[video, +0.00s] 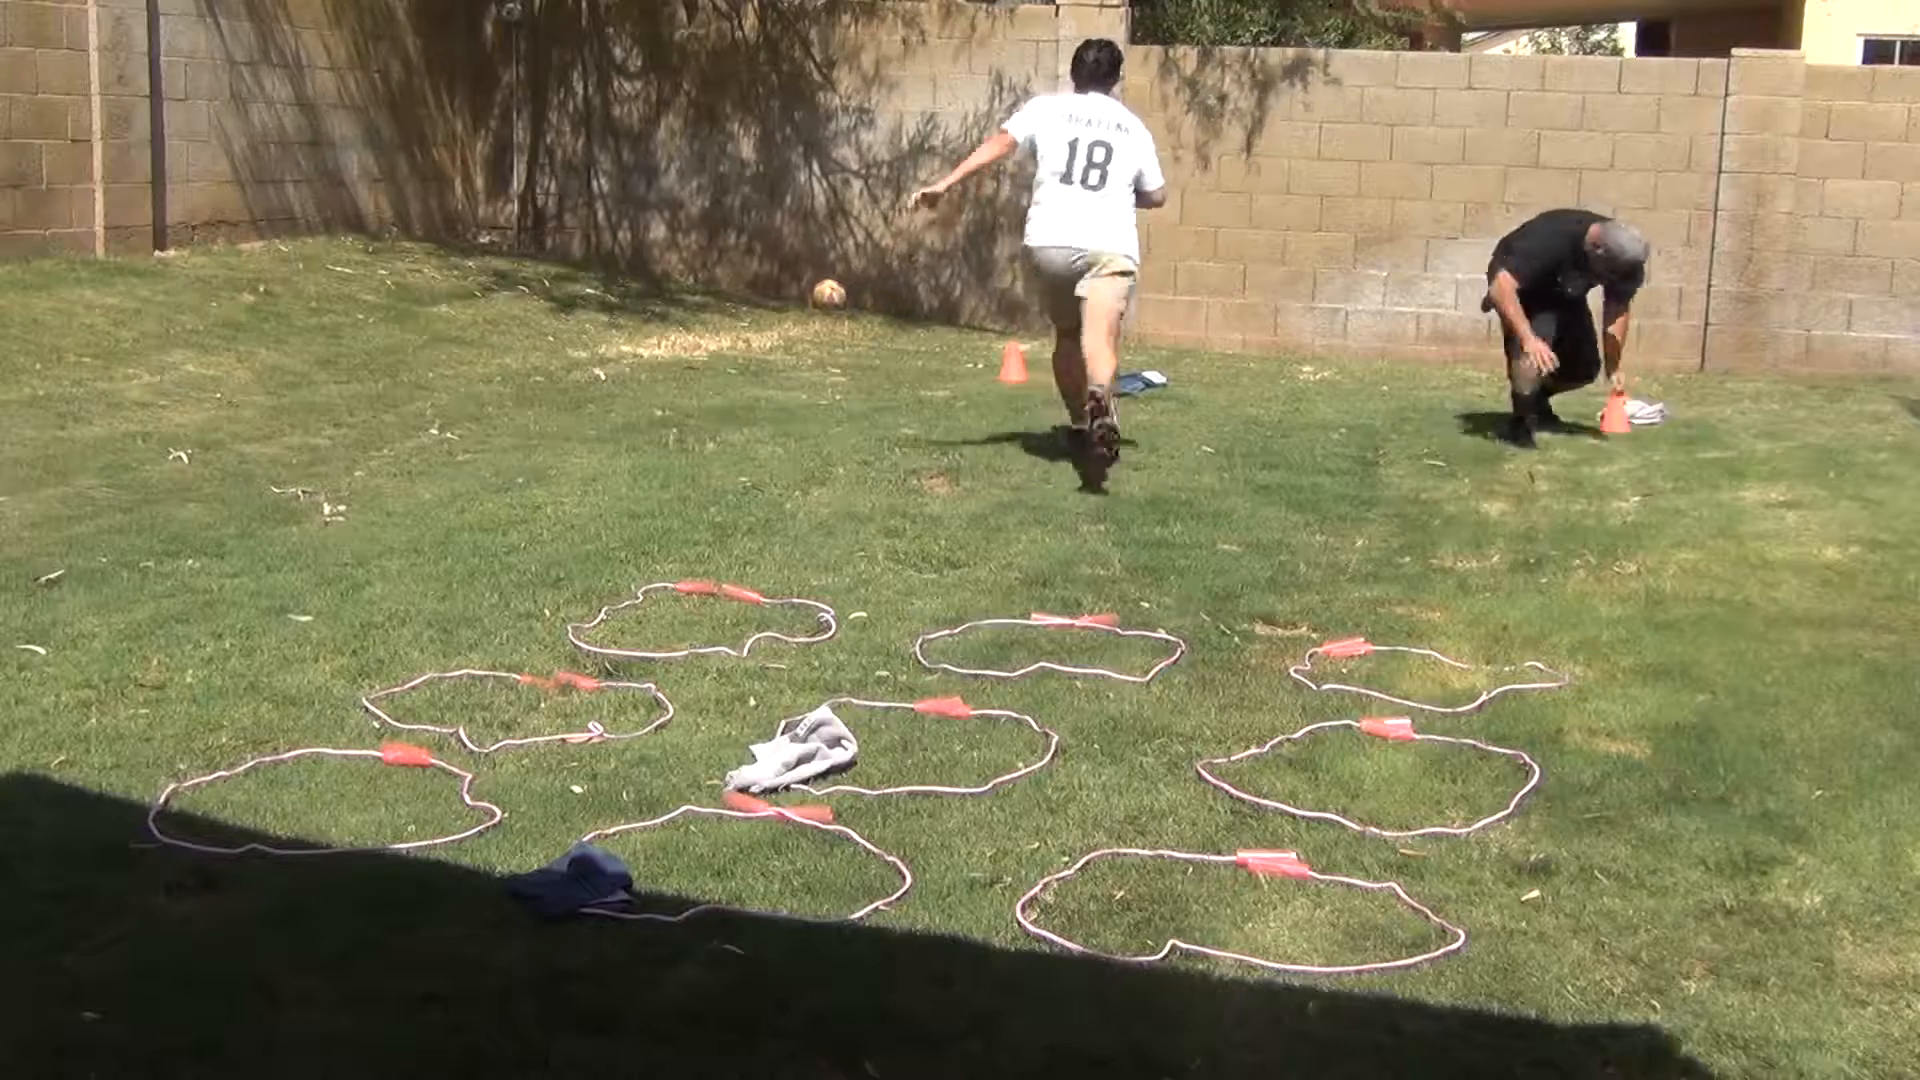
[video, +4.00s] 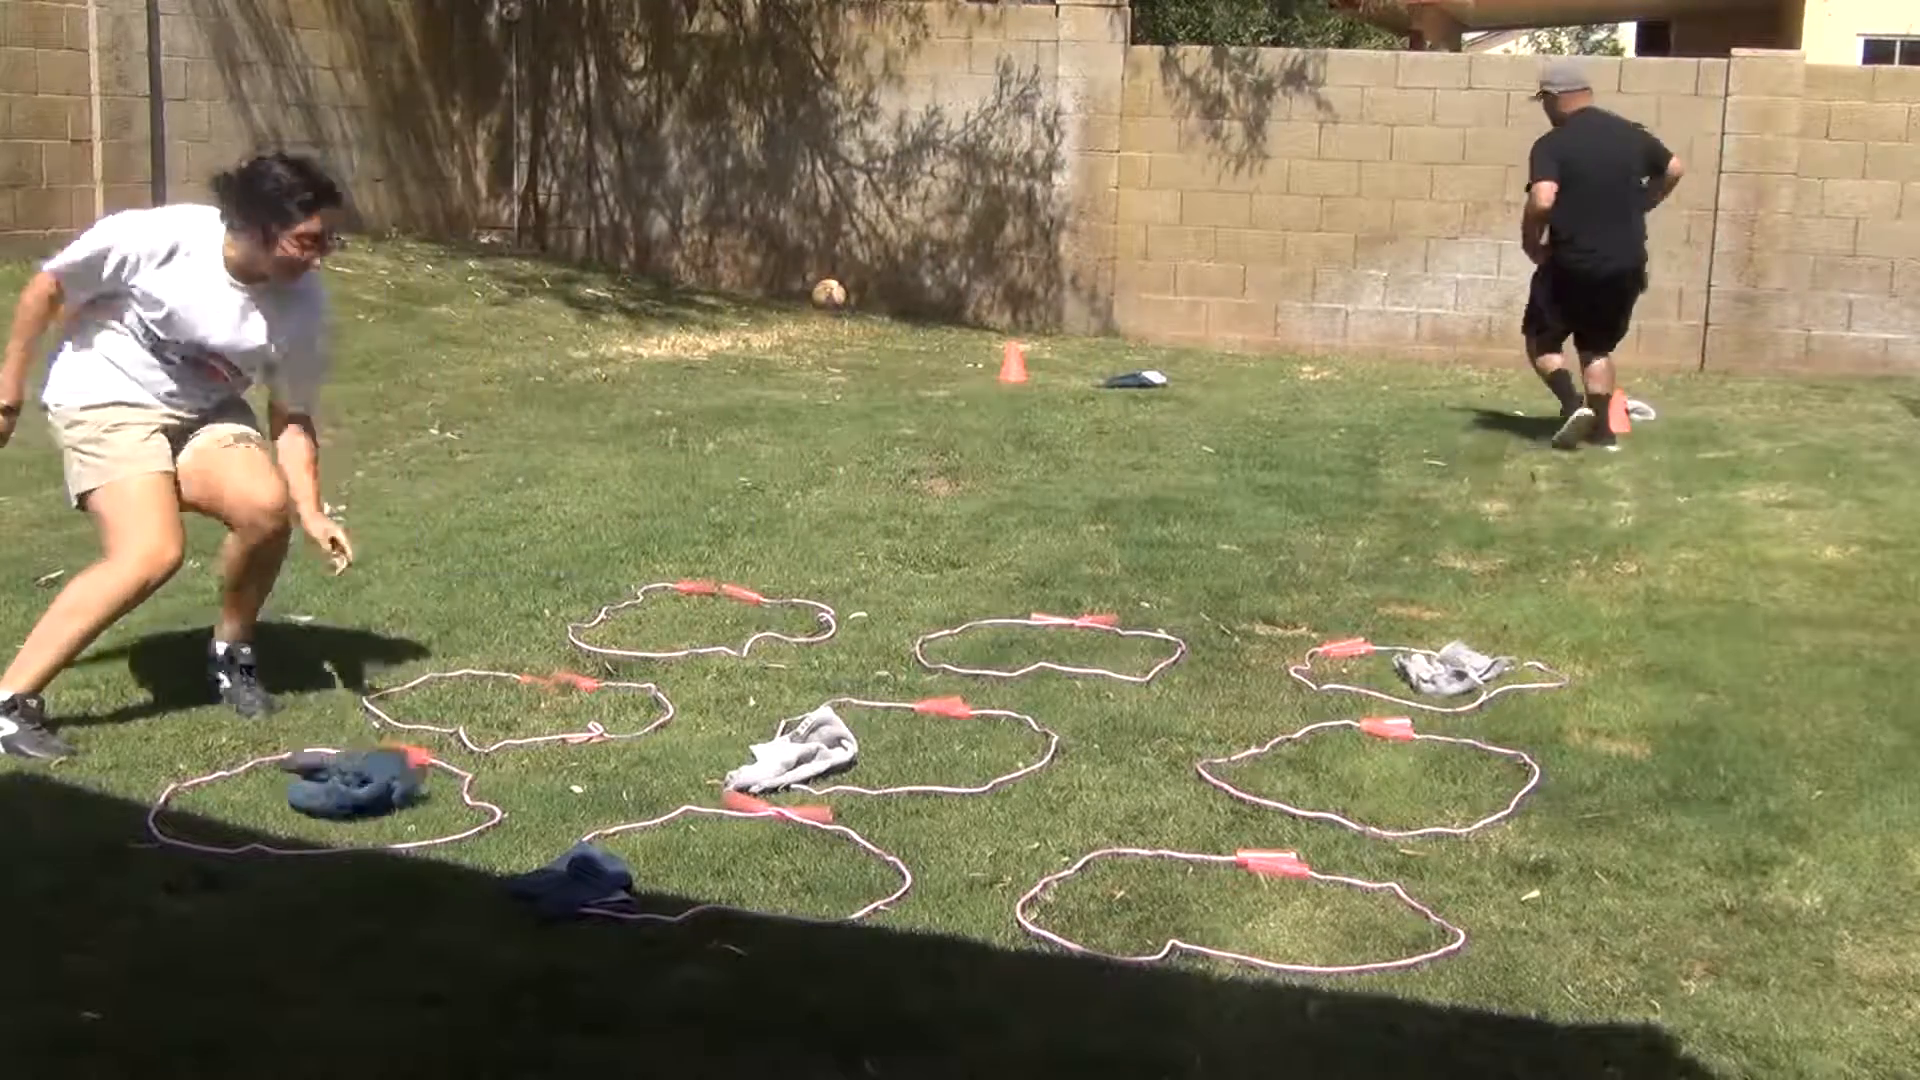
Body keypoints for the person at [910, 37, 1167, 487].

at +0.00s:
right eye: (1117, 79)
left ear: (1073, 76)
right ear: (1117, 81)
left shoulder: (1044, 107)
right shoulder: (1132, 125)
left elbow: (998, 144)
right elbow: (1155, 196)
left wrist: (946, 183)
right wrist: (1114, 190)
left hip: (1049, 243)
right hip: (1110, 245)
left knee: (1066, 338)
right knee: (1101, 335)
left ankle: (1082, 430)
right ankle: (1100, 405)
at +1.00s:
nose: (1166, 240)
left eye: (1172, 235)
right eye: (1170, 233)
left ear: (1158, 219)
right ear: (1162, 222)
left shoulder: (1128, 232)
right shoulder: (1132, 217)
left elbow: (1122, 283)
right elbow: (1080, 232)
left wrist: (1124, 336)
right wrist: (1089, 282)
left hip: (1026, 238)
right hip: (1036, 243)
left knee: (1076, 300)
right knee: (1101, 300)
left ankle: (1054, 365)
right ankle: (1091, 380)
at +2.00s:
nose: (1089, 98)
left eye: (1097, 90)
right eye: (1080, 89)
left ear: (1109, 96)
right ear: (1068, 94)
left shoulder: (1126, 149)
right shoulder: (1047, 129)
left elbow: (1136, 214)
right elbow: (1025, 173)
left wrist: (1088, 239)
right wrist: (1018, 218)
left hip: (1109, 249)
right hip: (1054, 244)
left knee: (1101, 335)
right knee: (1070, 321)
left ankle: (1102, 398)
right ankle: (1069, 414)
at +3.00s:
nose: (828, 65)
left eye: (841, 53)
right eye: (819, 54)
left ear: (867, 58)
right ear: (809, 60)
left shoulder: (900, 119)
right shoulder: (785, 120)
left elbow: (989, 158)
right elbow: (729, 197)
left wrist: (998, 244)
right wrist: (751, 197)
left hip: (883, 284)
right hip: (816, 298)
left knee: (839, 401)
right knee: (875, 420)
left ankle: (841, 546)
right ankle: (932, 488)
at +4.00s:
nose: (320, 256)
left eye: (326, 241)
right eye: (309, 241)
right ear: (262, 228)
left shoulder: (302, 306)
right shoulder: (158, 239)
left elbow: (295, 418)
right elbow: (47, 285)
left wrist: (314, 513)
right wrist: (9, 393)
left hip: (207, 411)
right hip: (108, 396)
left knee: (269, 506)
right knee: (149, 552)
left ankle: (232, 652)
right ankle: (10, 699)